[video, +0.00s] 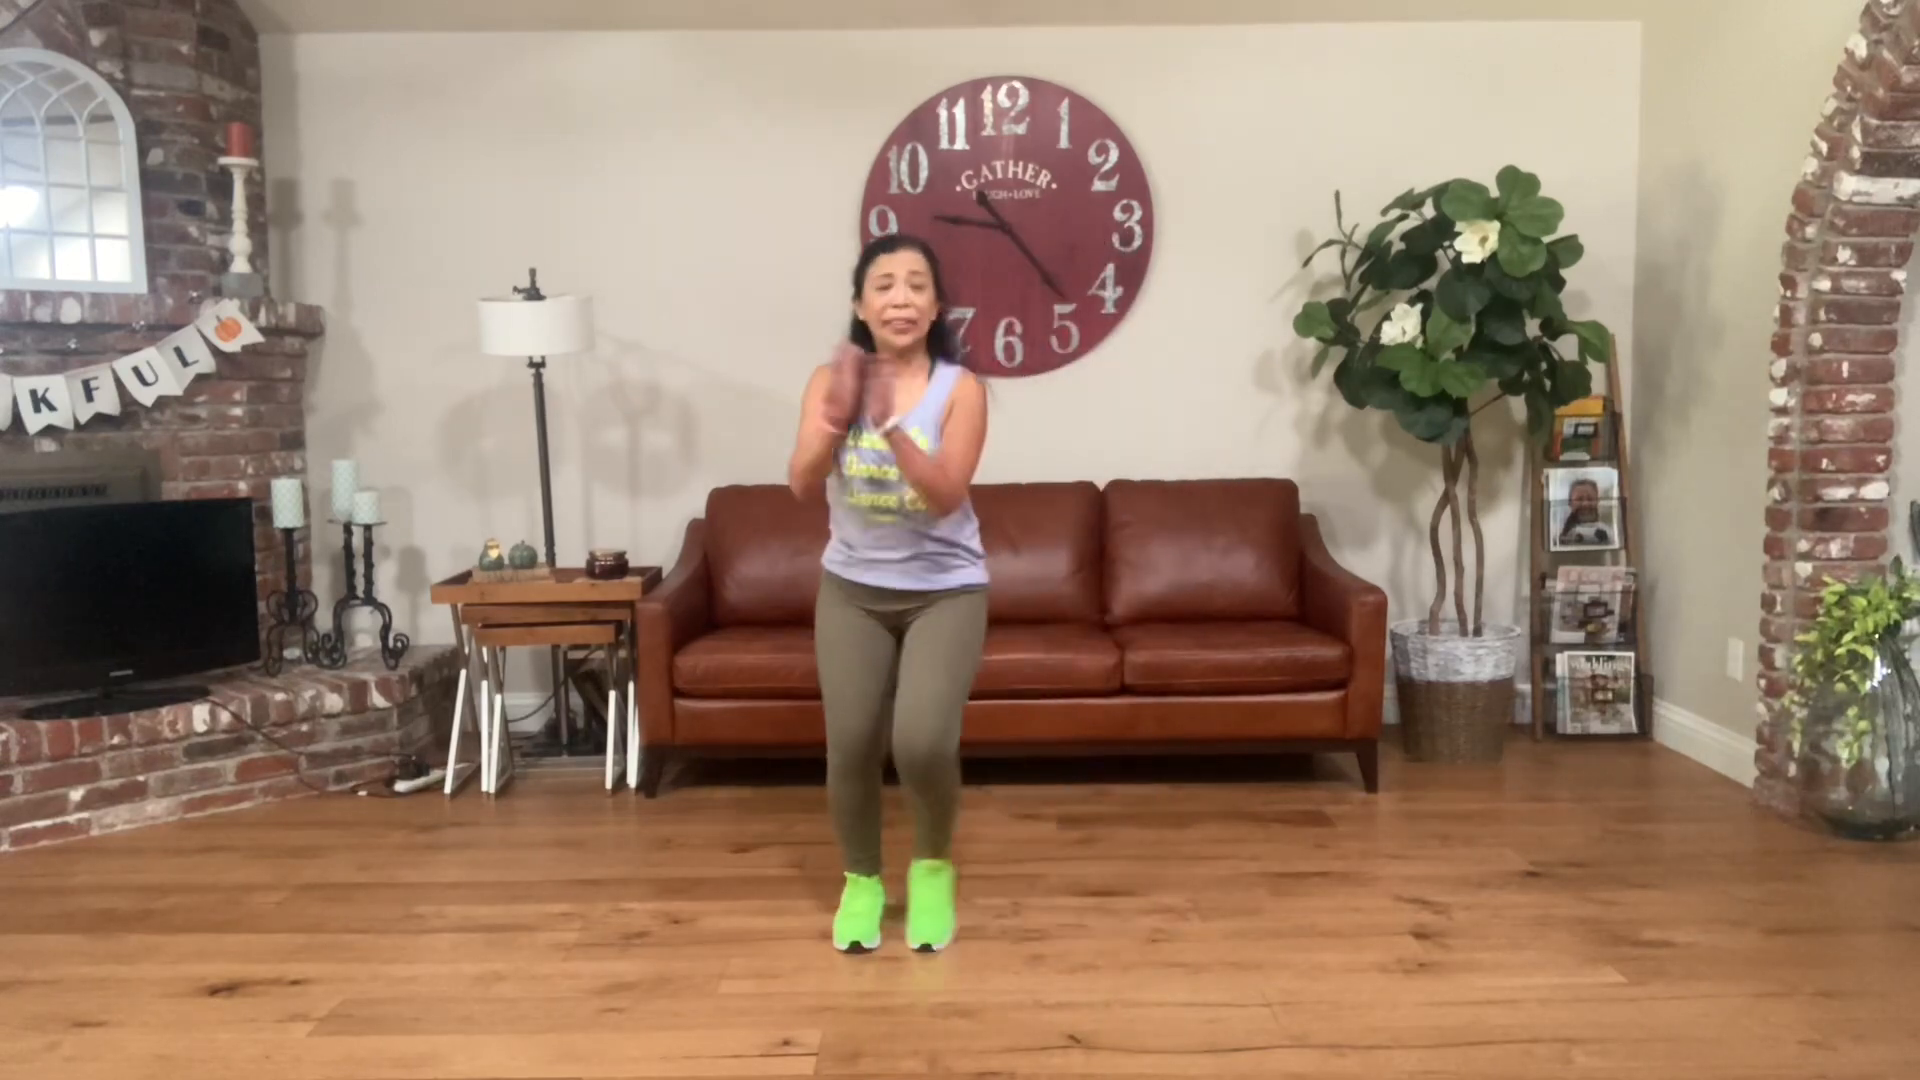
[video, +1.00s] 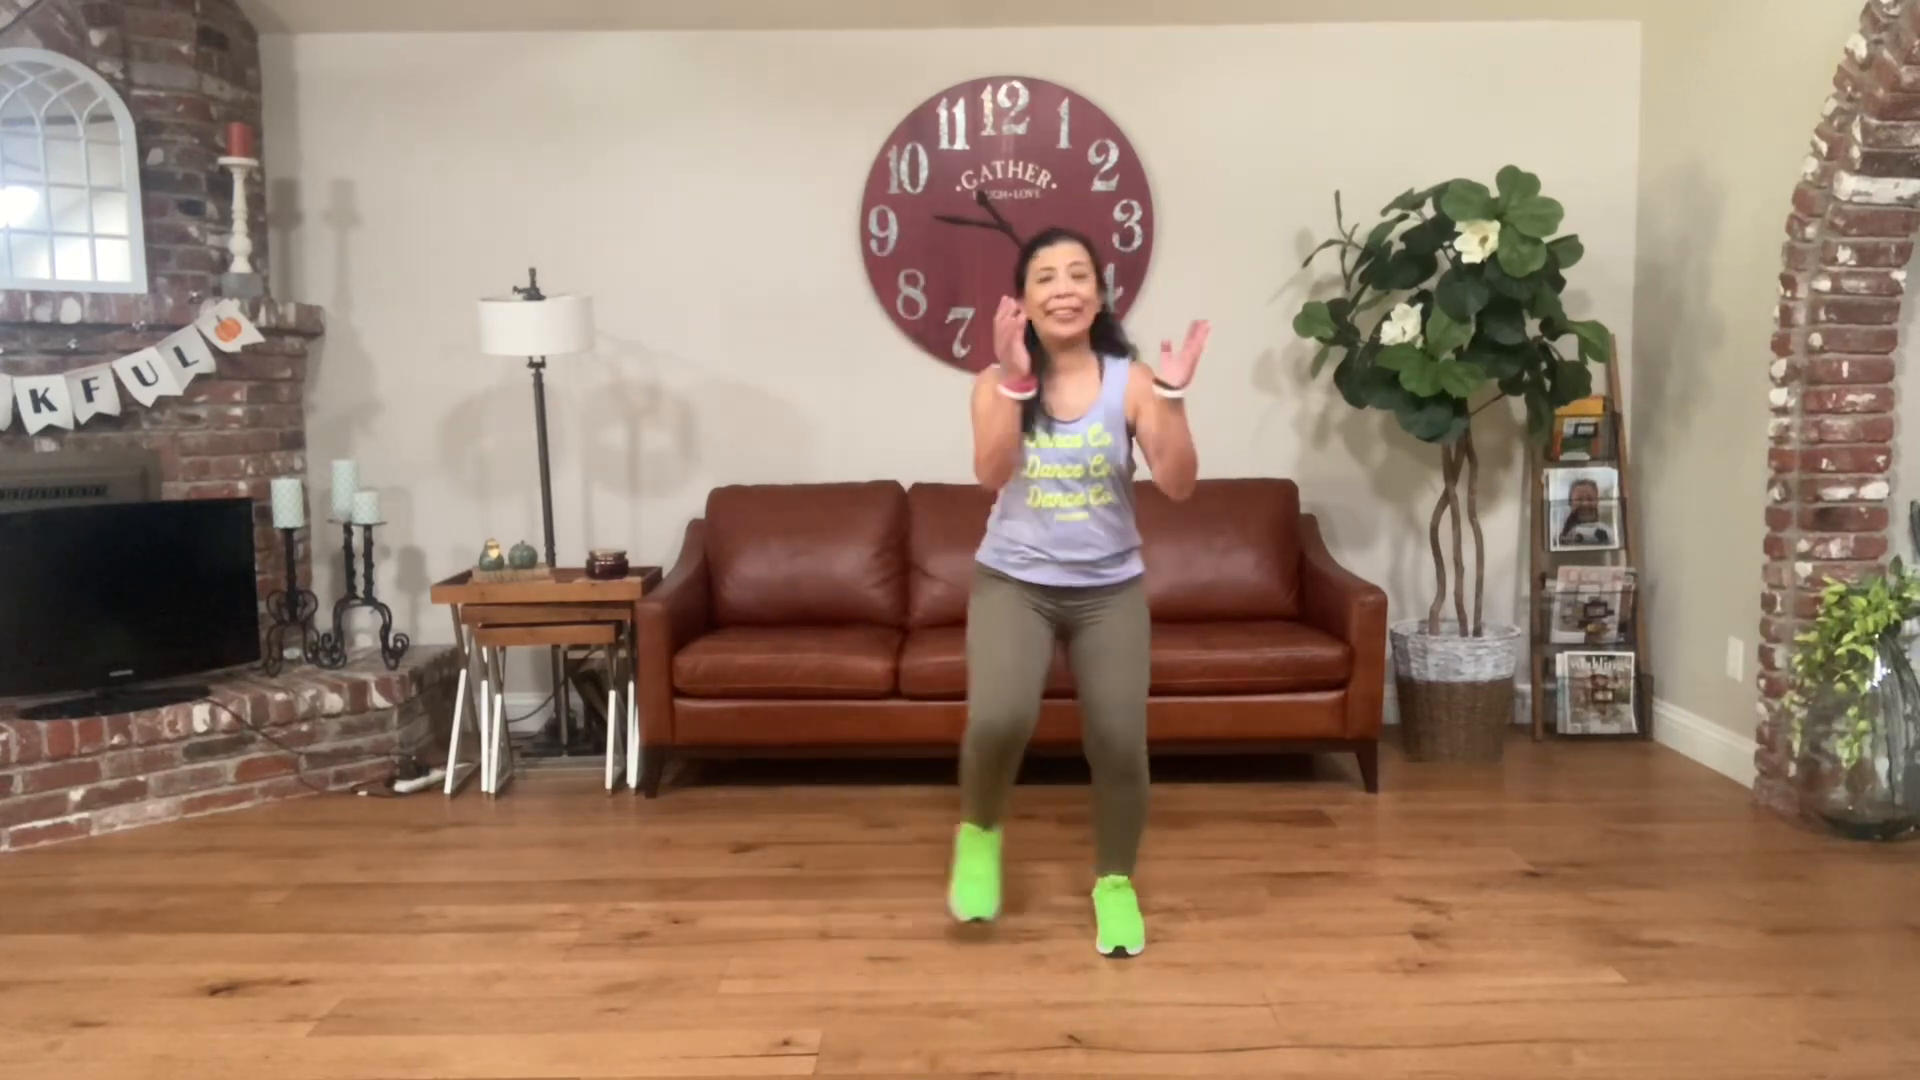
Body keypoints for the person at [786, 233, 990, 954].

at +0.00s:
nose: (902, 299)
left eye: (916, 285)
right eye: (885, 286)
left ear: (938, 303)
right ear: (861, 304)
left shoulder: (960, 388)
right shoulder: (835, 379)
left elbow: (946, 496)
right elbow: (803, 485)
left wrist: (893, 428)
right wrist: (837, 421)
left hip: (947, 589)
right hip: (851, 588)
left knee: (920, 743)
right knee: (851, 740)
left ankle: (932, 873)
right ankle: (862, 883)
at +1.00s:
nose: (1064, 290)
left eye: (1078, 276)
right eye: (1046, 278)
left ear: (1100, 295)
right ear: (1023, 301)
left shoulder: (1131, 379)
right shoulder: (999, 382)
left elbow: (1178, 486)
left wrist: (1171, 397)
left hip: (1110, 586)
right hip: (1012, 581)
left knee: (1120, 737)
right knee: (999, 721)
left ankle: (1115, 881)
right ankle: (979, 837)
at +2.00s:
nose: (890, 295)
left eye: (907, 281)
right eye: (875, 282)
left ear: (932, 299)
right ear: (856, 299)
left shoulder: (959, 382)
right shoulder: (827, 376)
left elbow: (978, 501)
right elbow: (765, 463)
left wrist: (969, 438)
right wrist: (732, 436)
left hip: (944, 587)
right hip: (844, 590)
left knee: (972, 735)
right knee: (840, 740)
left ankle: (1053, 862)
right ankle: (835, 882)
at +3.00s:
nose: (983, 282)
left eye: (996, 268)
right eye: (964, 272)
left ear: (1019, 284)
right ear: (942, 296)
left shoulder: (1054, 368)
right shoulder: (931, 383)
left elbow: (1087, 446)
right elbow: (878, 472)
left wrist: (1141, 438)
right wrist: (840, 475)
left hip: (1047, 588)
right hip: (951, 586)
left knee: (1072, 739)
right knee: (907, 740)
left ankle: (1096, 882)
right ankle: (843, 876)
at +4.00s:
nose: (946, 288)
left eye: (963, 274)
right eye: (931, 274)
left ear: (987, 292)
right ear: (911, 292)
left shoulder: (1013, 381)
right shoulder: (892, 372)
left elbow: (1072, 461)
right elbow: (899, 446)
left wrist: (1106, 471)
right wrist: (831, 465)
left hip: (1003, 590)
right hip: (901, 595)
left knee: (1041, 741)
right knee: (874, 743)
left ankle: (1094, 884)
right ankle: (835, 881)